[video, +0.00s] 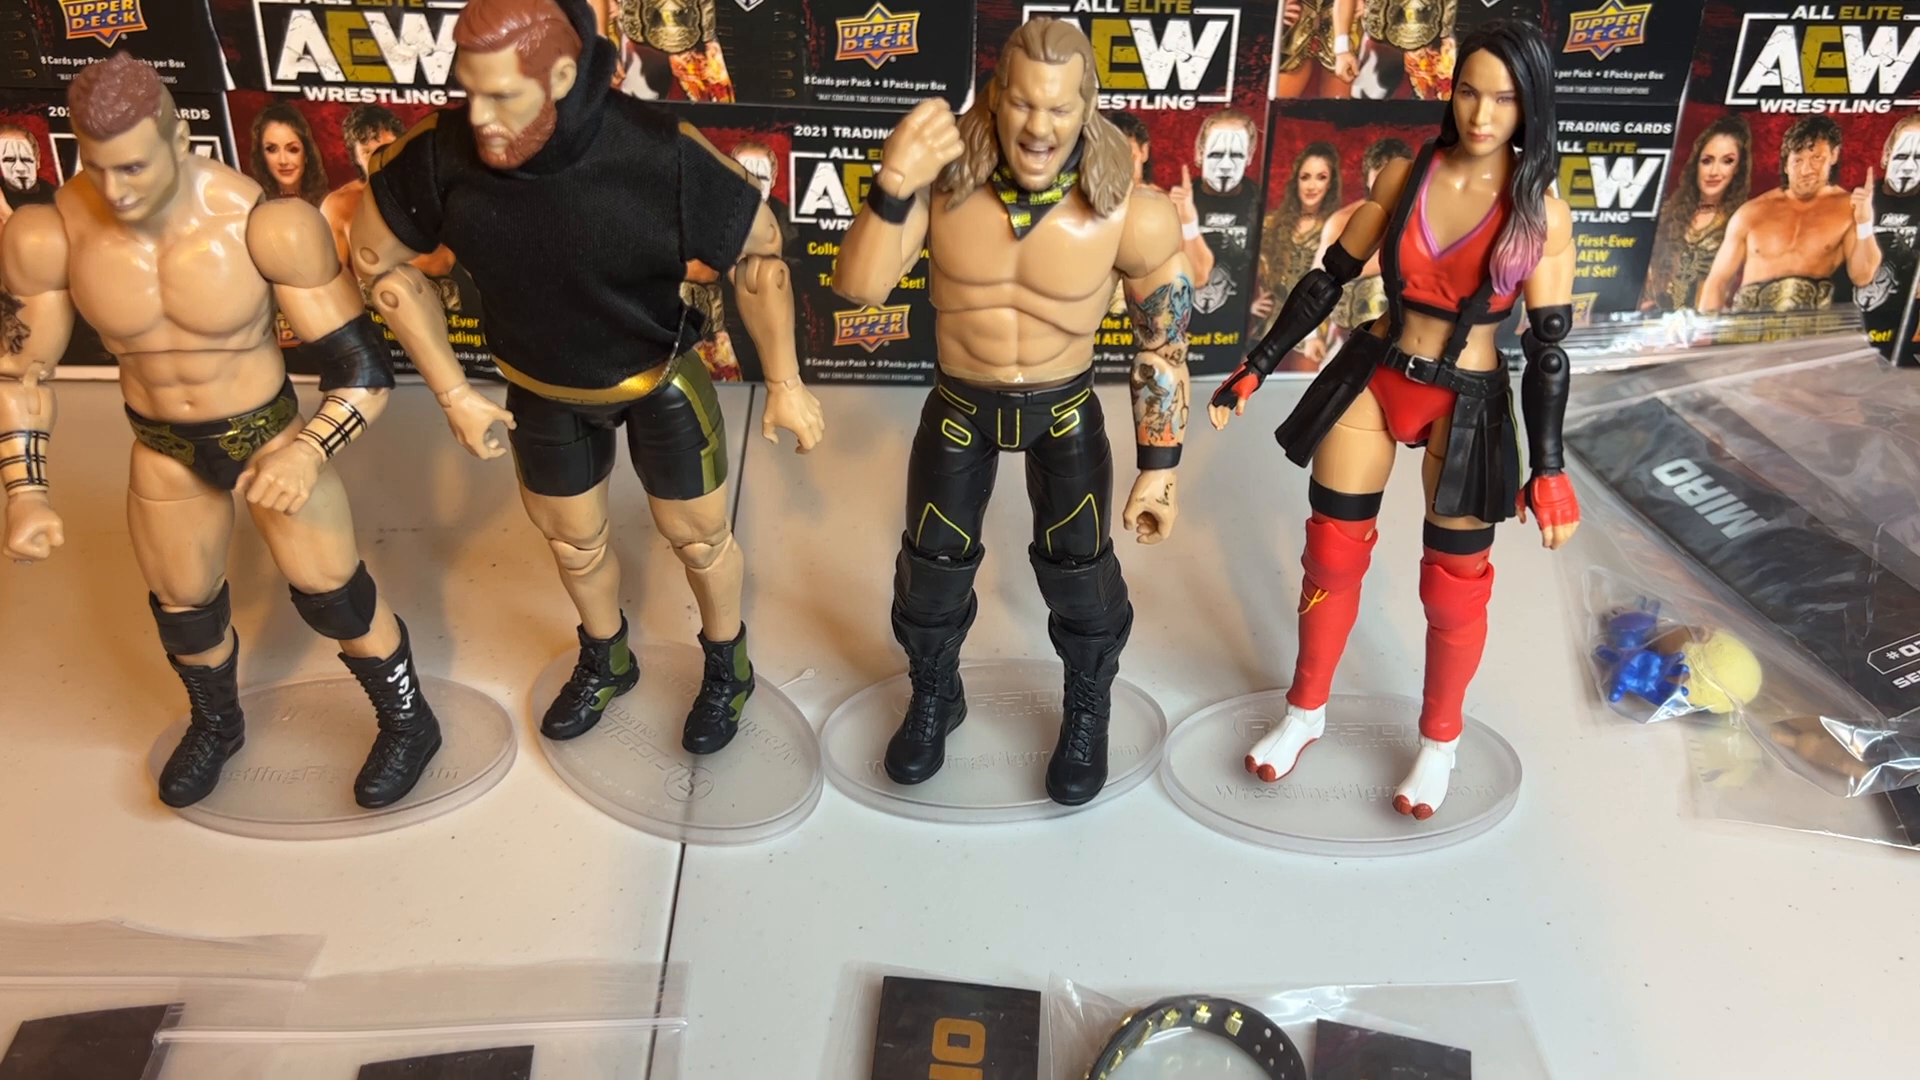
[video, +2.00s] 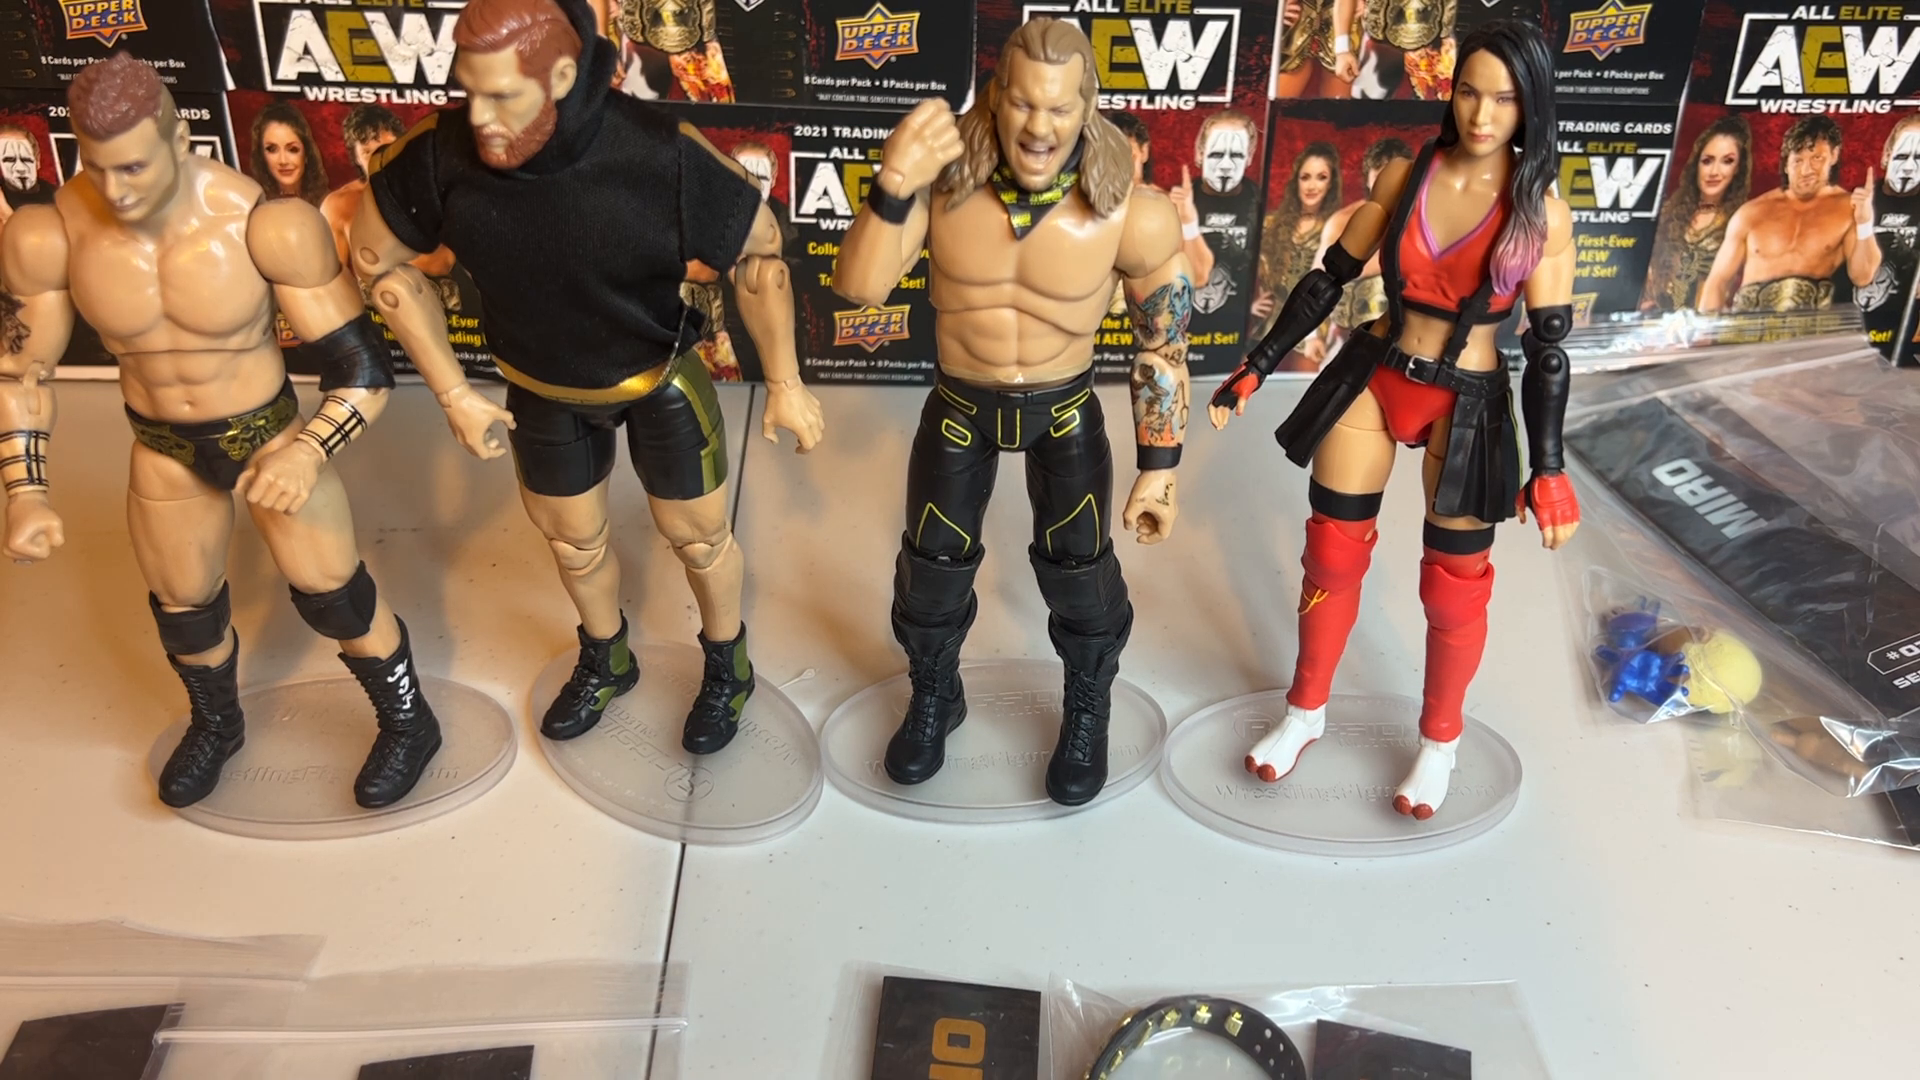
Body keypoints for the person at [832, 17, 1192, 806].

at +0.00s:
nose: (1039, 127)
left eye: (1060, 109)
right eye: (1024, 104)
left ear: (1086, 107)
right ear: (995, 95)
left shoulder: (1129, 207)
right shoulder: (944, 176)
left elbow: (1163, 338)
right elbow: (857, 287)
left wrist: (1161, 464)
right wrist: (892, 190)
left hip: (1064, 408)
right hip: (959, 403)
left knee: (1078, 568)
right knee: (932, 562)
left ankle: (1086, 714)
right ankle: (932, 699)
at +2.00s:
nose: (1040, 127)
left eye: (1060, 109)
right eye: (1024, 104)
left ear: (1087, 106)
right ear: (995, 94)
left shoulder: (1130, 208)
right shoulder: (944, 177)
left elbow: (1163, 339)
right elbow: (858, 287)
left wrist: (1161, 465)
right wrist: (892, 189)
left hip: (1064, 408)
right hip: (958, 403)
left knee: (1078, 569)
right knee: (933, 563)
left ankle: (1086, 713)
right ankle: (932, 699)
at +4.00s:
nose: (1040, 127)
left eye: (1060, 109)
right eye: (1024, 104)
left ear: (1087, 107)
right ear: (995, 95)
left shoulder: (1129, 208)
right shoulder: (944, 177)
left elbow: (1163, 339)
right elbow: (857, 287)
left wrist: (1161, 465)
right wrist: (892, 189)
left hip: (1064, 408)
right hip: (958, 403)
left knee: (1077, 569)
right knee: (932, 563)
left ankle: (1086, 712)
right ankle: (933, 699)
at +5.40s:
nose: (1040, 126)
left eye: (1060, 109)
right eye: (1024, 104)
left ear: (1086, 106)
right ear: (995, 95)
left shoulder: (1130, 207)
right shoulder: (944, 176)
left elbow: (1162, 337)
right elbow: (857, 287)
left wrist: (1161, 464)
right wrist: (892, 190)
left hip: (1064, 408)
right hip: (959, 403)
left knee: (1078, 569)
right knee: (932, 563)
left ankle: (1086, 712)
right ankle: (933, 699)